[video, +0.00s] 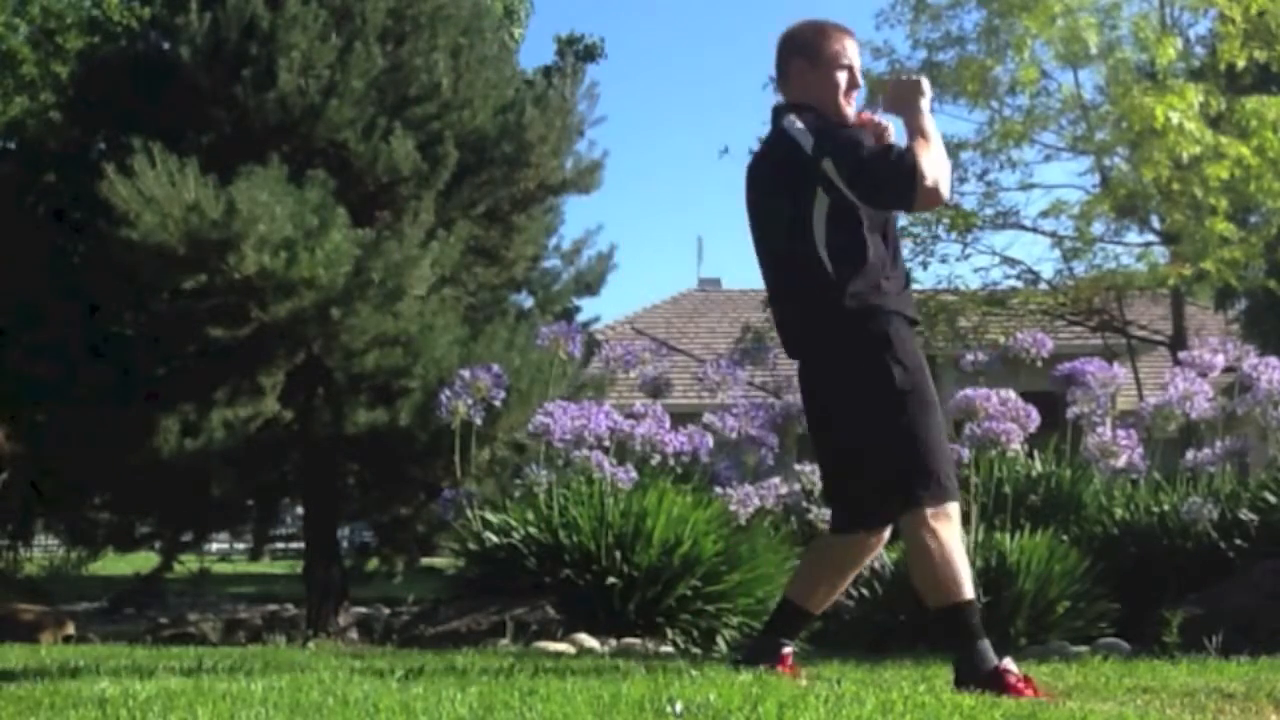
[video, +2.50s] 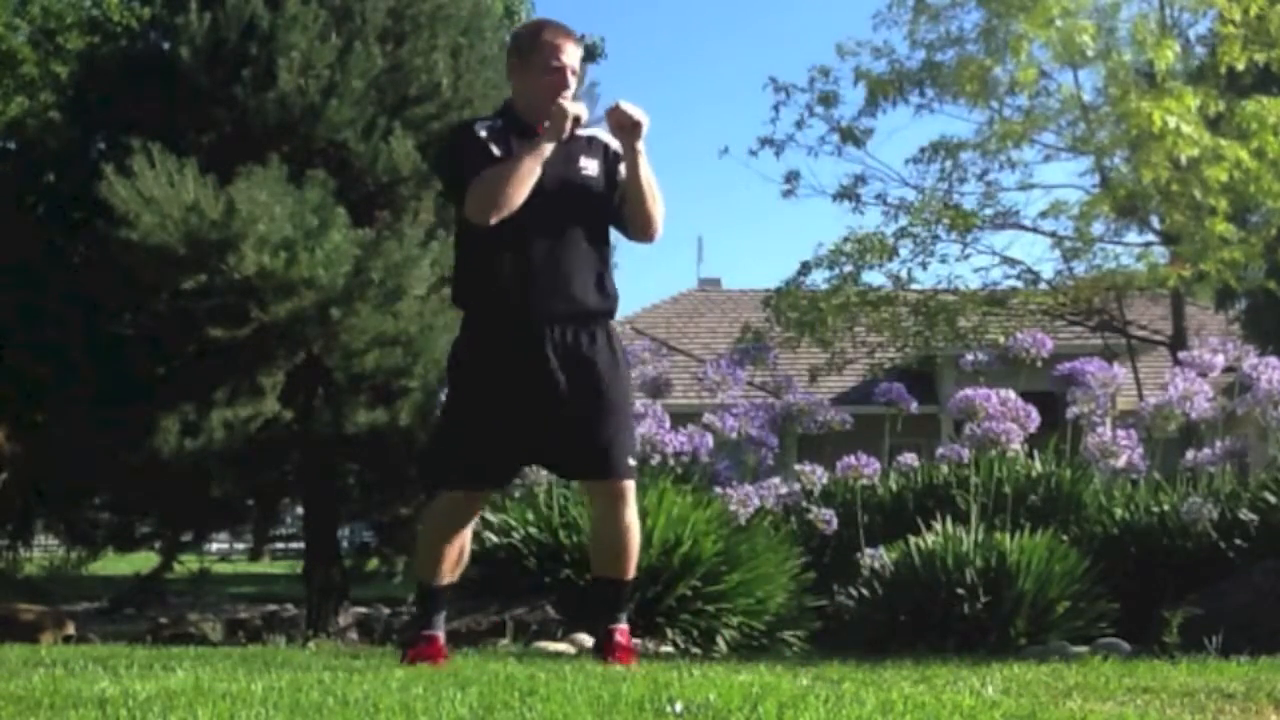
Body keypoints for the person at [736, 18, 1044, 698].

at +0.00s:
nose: (854, 82)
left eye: (856, 71)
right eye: (840, 69)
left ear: (803, 83)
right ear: (793, 76)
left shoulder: (770, 158)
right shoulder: (827, 141)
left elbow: (832, 219)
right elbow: (930, 185)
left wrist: (865, 146)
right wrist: (918, 113)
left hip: (830, 352)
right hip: (878, 342)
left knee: (865, 522)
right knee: (932, 503)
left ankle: (768, 646)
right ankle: (980, 666)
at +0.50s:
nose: (928, 57)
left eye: (933, 47)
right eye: (914, 42)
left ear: (935, 53)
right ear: (868, 42)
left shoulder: (846, 119)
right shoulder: (879, 117)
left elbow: (927, 199)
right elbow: (970, 189)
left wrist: (949, 133)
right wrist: (991, 111)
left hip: (873, 331)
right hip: (915, 323)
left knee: (941, 501)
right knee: (1002, 487)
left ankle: (815, 614)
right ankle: (987, 663)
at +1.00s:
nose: (806, 60)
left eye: (810, 50)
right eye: (791, 48)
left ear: (813, 61)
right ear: (750, 51)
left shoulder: (801, 135)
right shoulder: (715, 115)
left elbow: (854, 222)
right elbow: (760, 170)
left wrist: (856, 137)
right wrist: (814, 107)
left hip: (801, 326)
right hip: (743, 320)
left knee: (799, 482)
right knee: (814, 456)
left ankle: (770, 636)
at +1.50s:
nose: (641, 105)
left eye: (647, 95)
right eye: (628, 92)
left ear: (649, 101)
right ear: (585, 91)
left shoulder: (657, 183)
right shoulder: (541, 163)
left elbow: (710, 250)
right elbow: (584, 228)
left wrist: (703, 170)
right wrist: (636, 157)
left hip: (643, 367)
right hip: (555, 367)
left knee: (718, 483)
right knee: (531, 521)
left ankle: (727, 638)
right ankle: (493, 640)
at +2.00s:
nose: (611, 77)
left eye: (620, 69)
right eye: (598, 64)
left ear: (627, 79)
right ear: (562, 68)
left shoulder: (641, 155)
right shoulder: (514, 136)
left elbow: (685, 235)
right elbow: (495, 213)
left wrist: (670, 151)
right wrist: (571, 146)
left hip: (605, 348)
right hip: (515, 342)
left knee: (614, 502)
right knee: (471, 483)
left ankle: (605, 641)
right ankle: (487, 619)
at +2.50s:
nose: (565, 78)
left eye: (573, 70)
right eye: (551, 67)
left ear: (583, 80)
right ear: (513, 68)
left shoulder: (601, 149)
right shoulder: (475, 140)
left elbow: (645, 227)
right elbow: (484, 210)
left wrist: (634, 150)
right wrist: (545, 140)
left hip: (586, 342)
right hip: (495, 342)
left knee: (615, 486)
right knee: (460, 495)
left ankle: (614, 629)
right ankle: (427, 629)